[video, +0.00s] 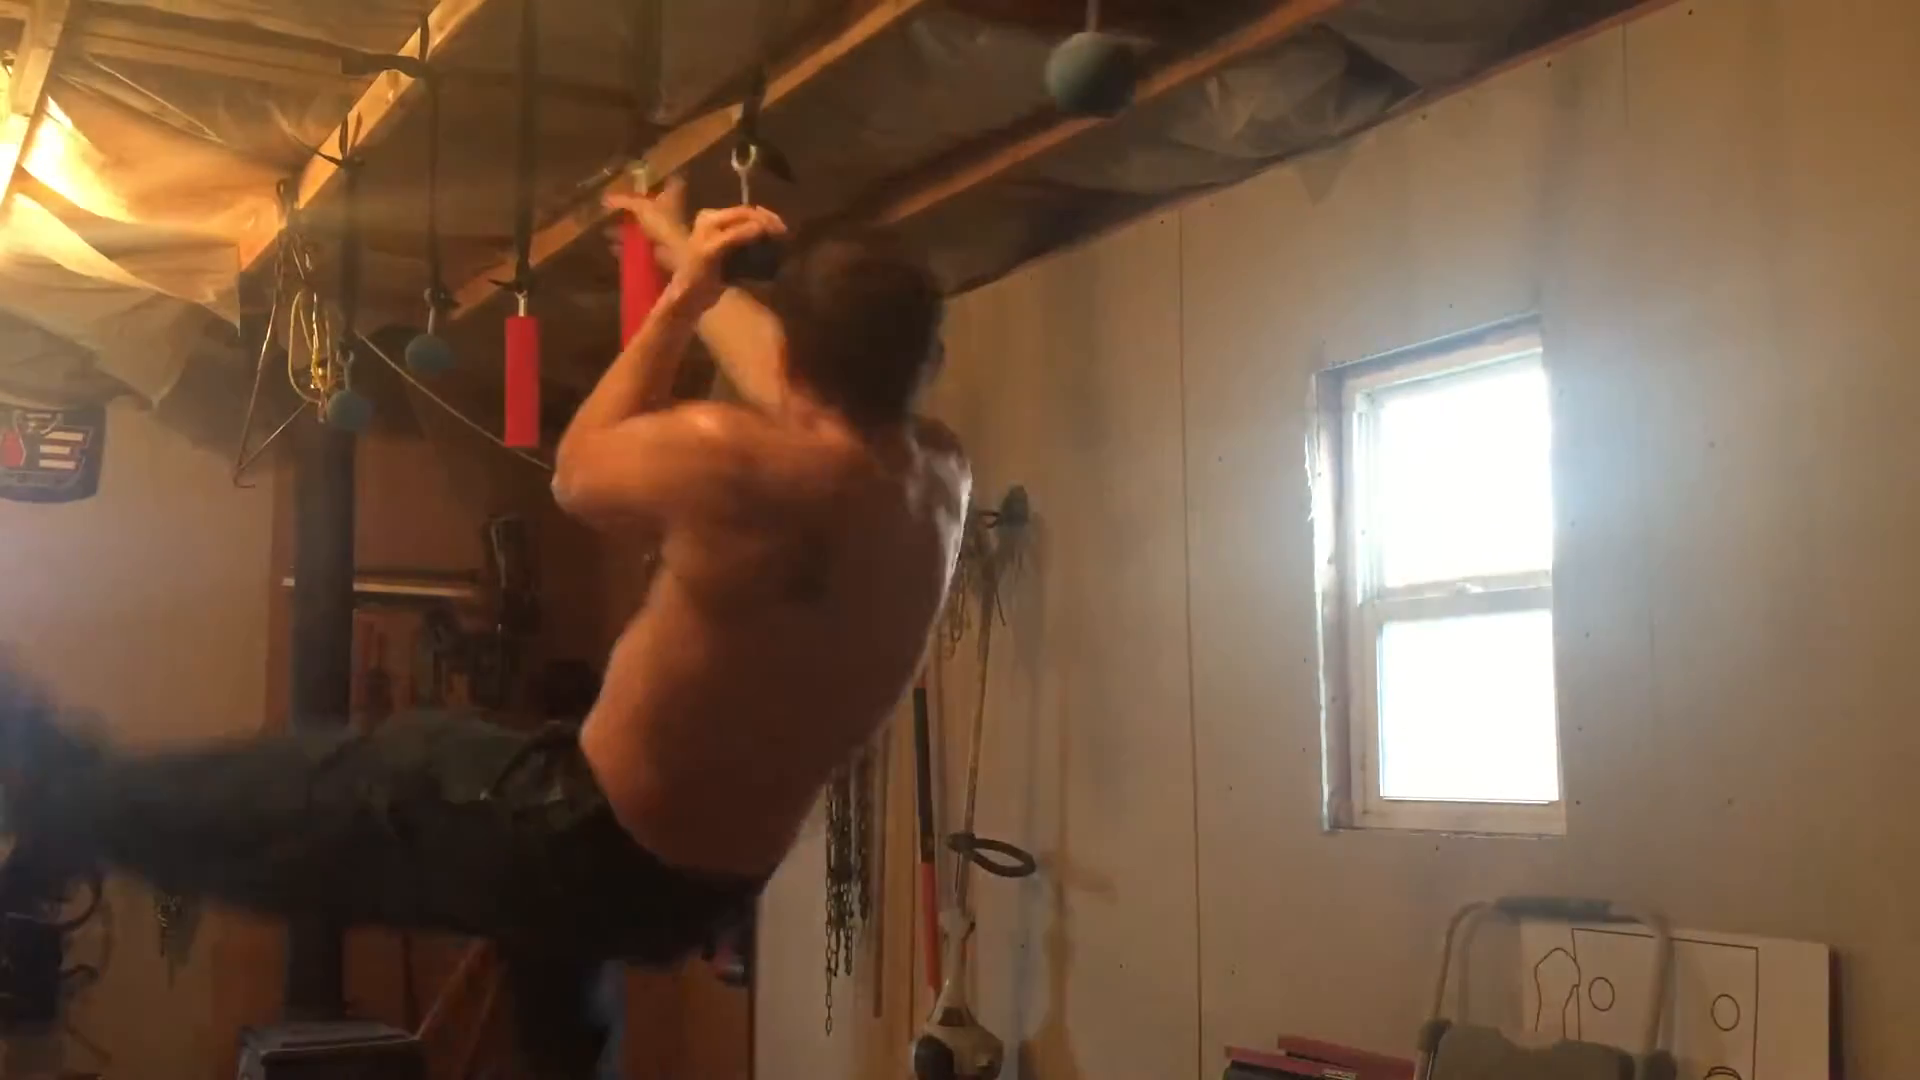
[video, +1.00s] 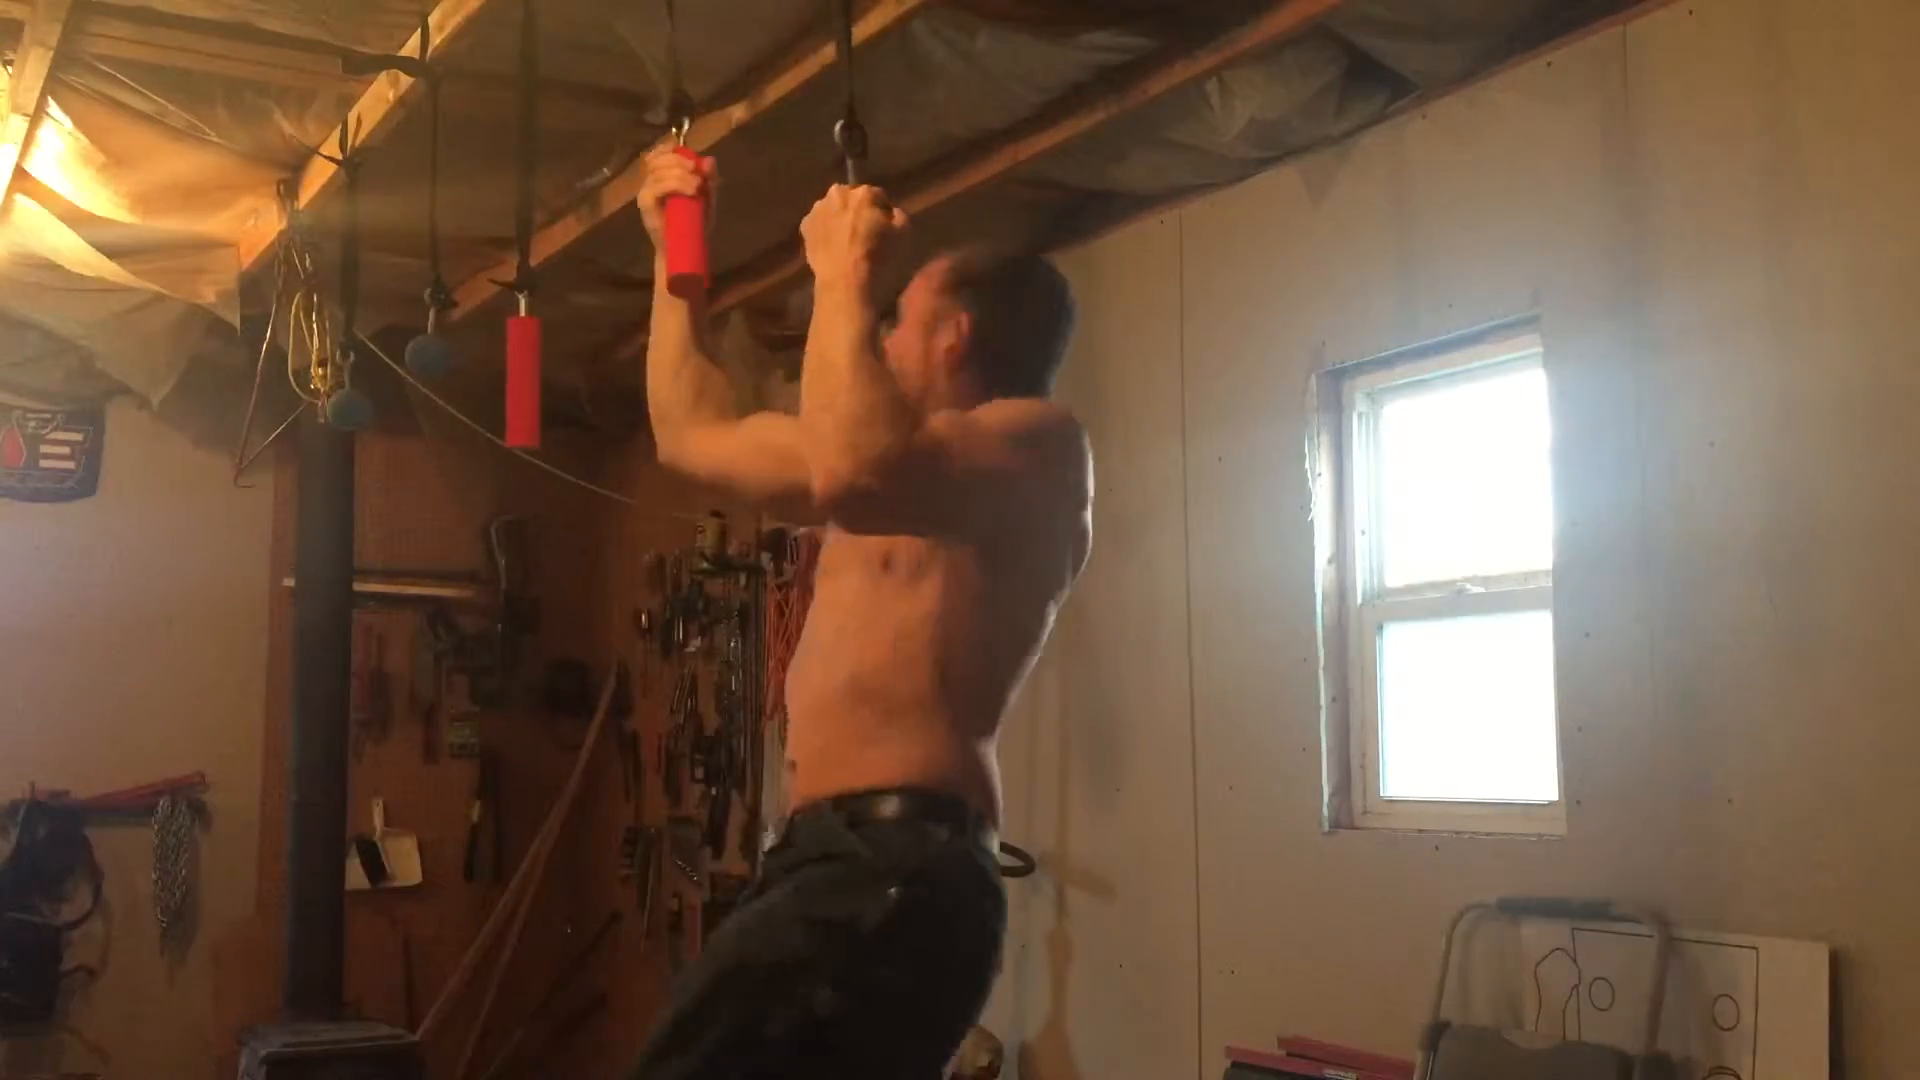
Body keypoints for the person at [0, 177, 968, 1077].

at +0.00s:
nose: (760, 328)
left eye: (773, 314)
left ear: (787, 342)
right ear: (916, 370)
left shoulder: (747, 462)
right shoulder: (938, 487)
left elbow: (585, 462)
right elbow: (781, 378)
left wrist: (689, 281)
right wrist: (681, 253)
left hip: (588, 839)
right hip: (709, 888)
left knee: (353, 781)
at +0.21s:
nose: (859, 422)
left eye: (875, 409)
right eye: (872, 404)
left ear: (910, 445)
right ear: (976, 463)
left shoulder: (894, 542)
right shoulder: (964, 570)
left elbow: (659, 485)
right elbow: (817, 435)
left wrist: (742, 304)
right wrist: (721, 287)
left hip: (624, 841)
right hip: (682, 916)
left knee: (371, 702)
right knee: (423, 1051)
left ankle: (116, 639)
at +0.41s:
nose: (921, 448)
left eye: (940, 430)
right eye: (936, 428)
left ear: (977, 456)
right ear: (1022, 477)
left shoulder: (985, 559)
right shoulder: (977, 573)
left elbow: (752, 511)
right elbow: (789, 450)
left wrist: (796, 308)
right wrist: (700, 283)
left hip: (700, 847)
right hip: (728, 909)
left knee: (371, 778)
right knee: (353, 1050)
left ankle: (49, 874)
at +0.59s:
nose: (917, 424)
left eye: (933, 404)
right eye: (924, 404)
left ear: (971, 413)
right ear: (1019, 436)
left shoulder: (1004, 534)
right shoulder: (966, 538)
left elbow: (778, 511)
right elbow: (761, 465)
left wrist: (798, 310)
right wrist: (670, 287)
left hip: (786, 885)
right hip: (781, 880)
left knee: (397, 908)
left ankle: (149, 1067)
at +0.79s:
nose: (899, 390)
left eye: (918, 370)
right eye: (907, 370)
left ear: (970, 392)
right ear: (977, 398)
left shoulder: (1028, 491)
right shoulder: (918, 497)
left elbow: (821, 499)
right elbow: (719, 449)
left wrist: (823, 300)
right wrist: (675, 266)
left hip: (866, 899)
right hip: (819, 886)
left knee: (499, 1058)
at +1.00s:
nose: (880, 344)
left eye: (901, 318)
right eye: (886, 320)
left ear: (954, 333)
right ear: (955, 336)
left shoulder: (1040, 441)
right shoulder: (875, 450)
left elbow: (854, 471)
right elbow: (690, 433)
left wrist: (839, 276)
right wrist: (679, 253)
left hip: (899, 866)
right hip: (825, 858)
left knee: (689, 1060)